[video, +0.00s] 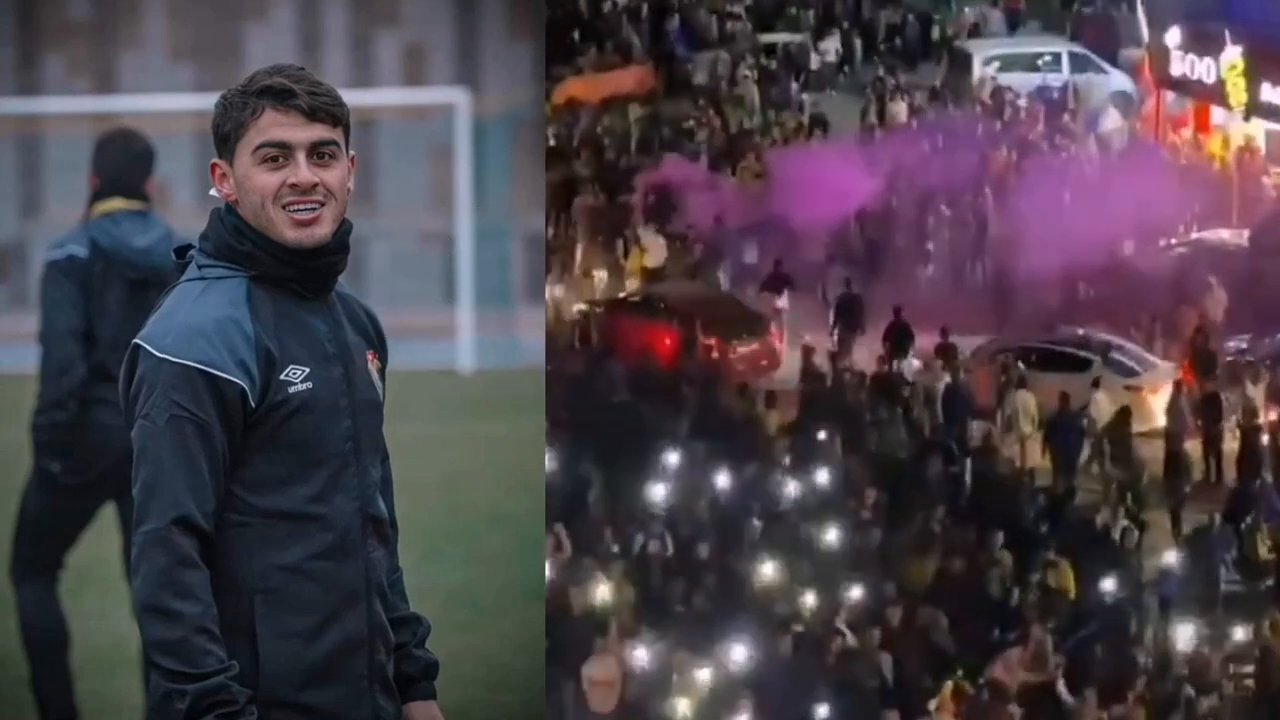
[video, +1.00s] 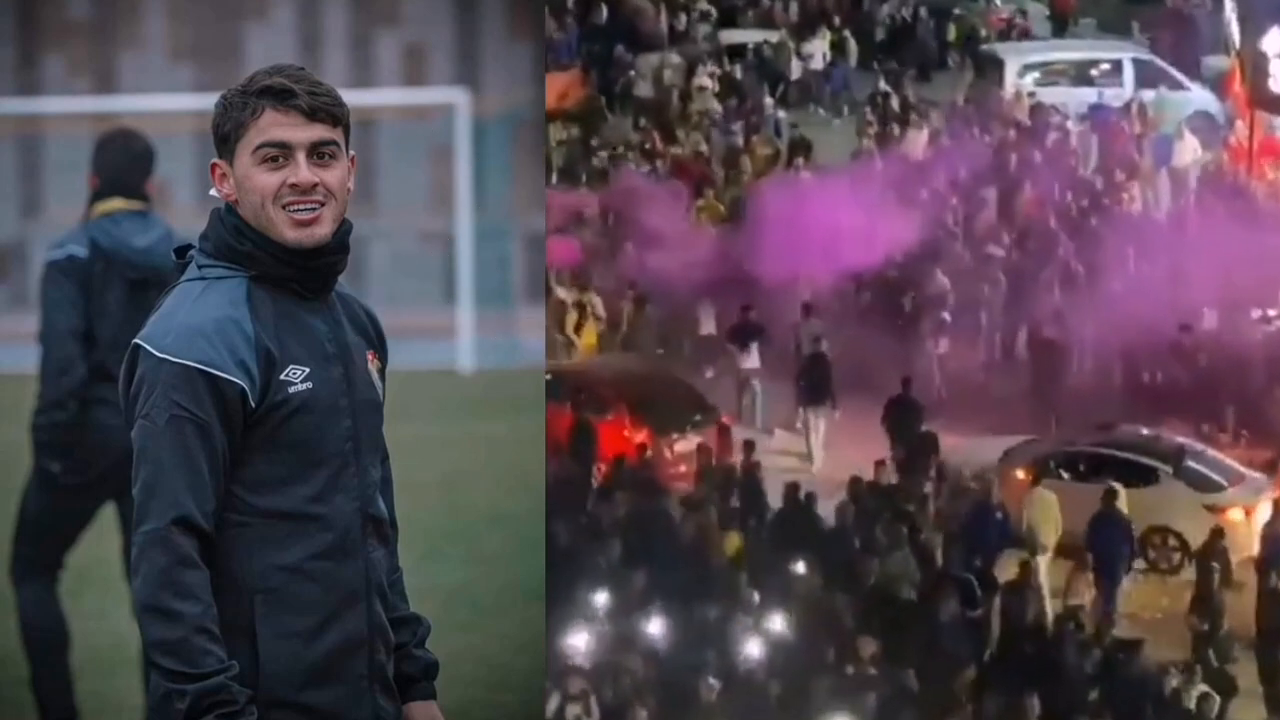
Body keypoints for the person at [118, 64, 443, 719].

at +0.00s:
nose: (305, 178)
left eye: (322, 155)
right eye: (274, 158)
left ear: (350, 171)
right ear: (226, 182)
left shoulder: (356, 323)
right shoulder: (195, 334)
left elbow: (372, 524)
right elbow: (164, 550)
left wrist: (414, 684)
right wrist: (213, 705)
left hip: (364, 690)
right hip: (259, 691)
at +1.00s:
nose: (304, 178)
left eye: (322, 155)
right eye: (274, 158)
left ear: (350, 171)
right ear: (226, 182)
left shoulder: (356, 323)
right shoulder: (195, 335)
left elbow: (372, 524)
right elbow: (164, 552)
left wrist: (414, 684)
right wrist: (214, 704)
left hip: (364, 689)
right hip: (259, 691)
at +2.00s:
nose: (305, 178)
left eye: (322, 155)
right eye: (274, 158)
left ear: (350, 171)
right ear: (226, 182)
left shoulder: (356, 324)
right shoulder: (195, 334)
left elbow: (373, 525)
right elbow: (164, 551)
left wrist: (414, 684)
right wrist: (213, 705)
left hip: (365, 690)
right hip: (259, 691)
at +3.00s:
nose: (305, 178)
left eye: (322, 155)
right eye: (274, 158)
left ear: (349, 171)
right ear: (226, 182)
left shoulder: (356, 323)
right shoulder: (195, 334)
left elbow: (372, 525)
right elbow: (164, 550)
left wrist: (414, 684)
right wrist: (213, 705)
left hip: (365, 690)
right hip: (260, 691)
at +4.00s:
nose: (304, 178)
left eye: (322, 155)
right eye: (274, 158)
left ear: (350, 171)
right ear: (226, 182)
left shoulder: (356, 323)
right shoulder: (195, 334)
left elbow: (372, 525)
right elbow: (164, 550)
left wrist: (414, 685)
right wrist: (213, 705)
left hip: (365, 690)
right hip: (259, 691)